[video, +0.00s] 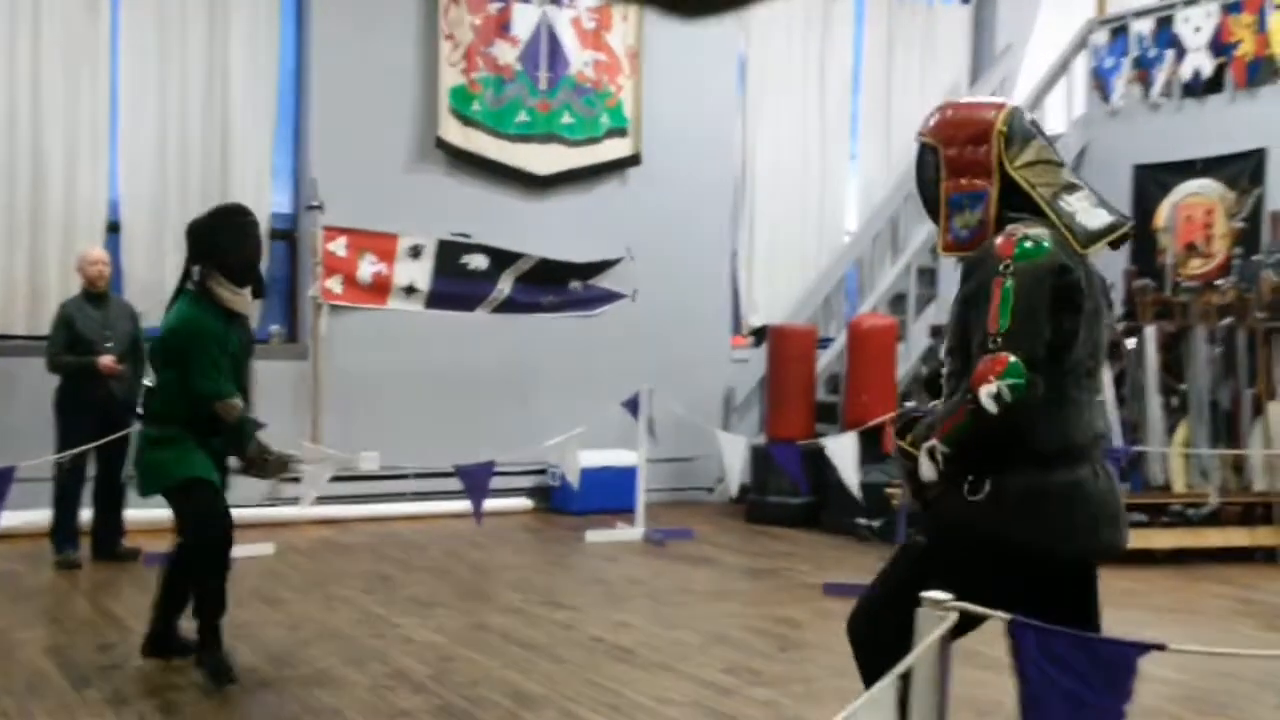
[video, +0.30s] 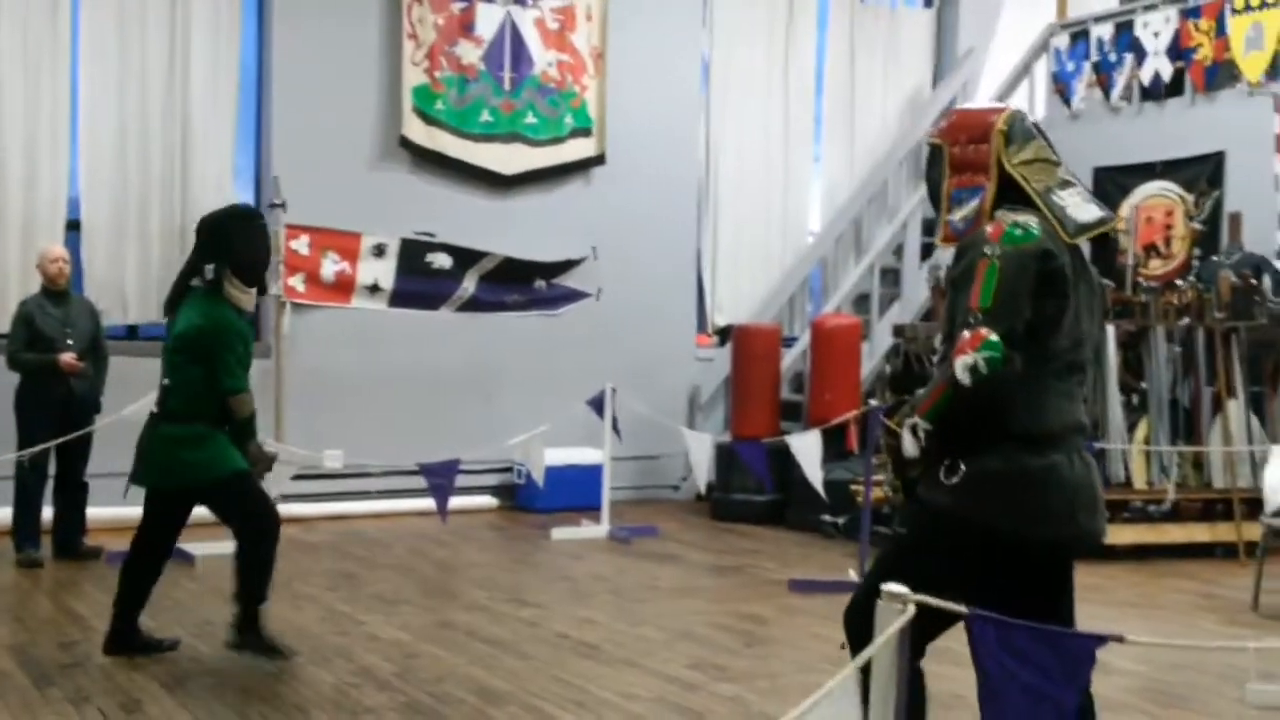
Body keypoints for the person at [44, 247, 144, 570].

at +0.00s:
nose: (100, 269)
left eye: (105, 264)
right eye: (94, 263)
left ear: (111, 269)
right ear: (81, 270)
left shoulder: (125, 311)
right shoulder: (69, 311)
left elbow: (137, 359)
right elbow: (54, 360)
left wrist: (130, 396)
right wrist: (93, 361)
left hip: (117, 404)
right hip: (77, 404)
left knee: (111, 477)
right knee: (70, 475)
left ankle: (108, 542)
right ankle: (66, 546)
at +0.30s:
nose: (61, 266)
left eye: (65, 261)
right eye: (54, 261)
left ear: (71, 268)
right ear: (40, 268)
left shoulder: (85, 308)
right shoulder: (29, 309)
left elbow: (99, 354)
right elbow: (14, 356)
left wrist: (93, 392)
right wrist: (54, 360)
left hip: (78, 403)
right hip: (37, 404)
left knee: (73, 476)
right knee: (32, 474)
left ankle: (69, 542)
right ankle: (27, 545)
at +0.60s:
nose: (31, 263)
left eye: (36, 258)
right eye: (24, 257)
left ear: (43, 264)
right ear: (11, 265)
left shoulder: (57, 306)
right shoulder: (4, 305)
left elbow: (72, 351)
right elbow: (1, 353)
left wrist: (66, 389)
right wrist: (25, 358)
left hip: (49, 404)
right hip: (10, 405)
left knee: (46, 478)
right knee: (7, 478)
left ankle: (42, 542)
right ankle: (4, 544)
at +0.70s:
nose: (31, 263)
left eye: (35, 257)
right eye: (24, 257)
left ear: (42, 264)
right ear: (10, 265)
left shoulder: (57, 306)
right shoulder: (4, 305)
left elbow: (71, 351)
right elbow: (1, 352)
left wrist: (65, 389)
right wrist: (25, 357)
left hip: (49, 403)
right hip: (9, 404)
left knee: (45, 477)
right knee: (6, 477)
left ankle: (41, 541)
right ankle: (4, 543)